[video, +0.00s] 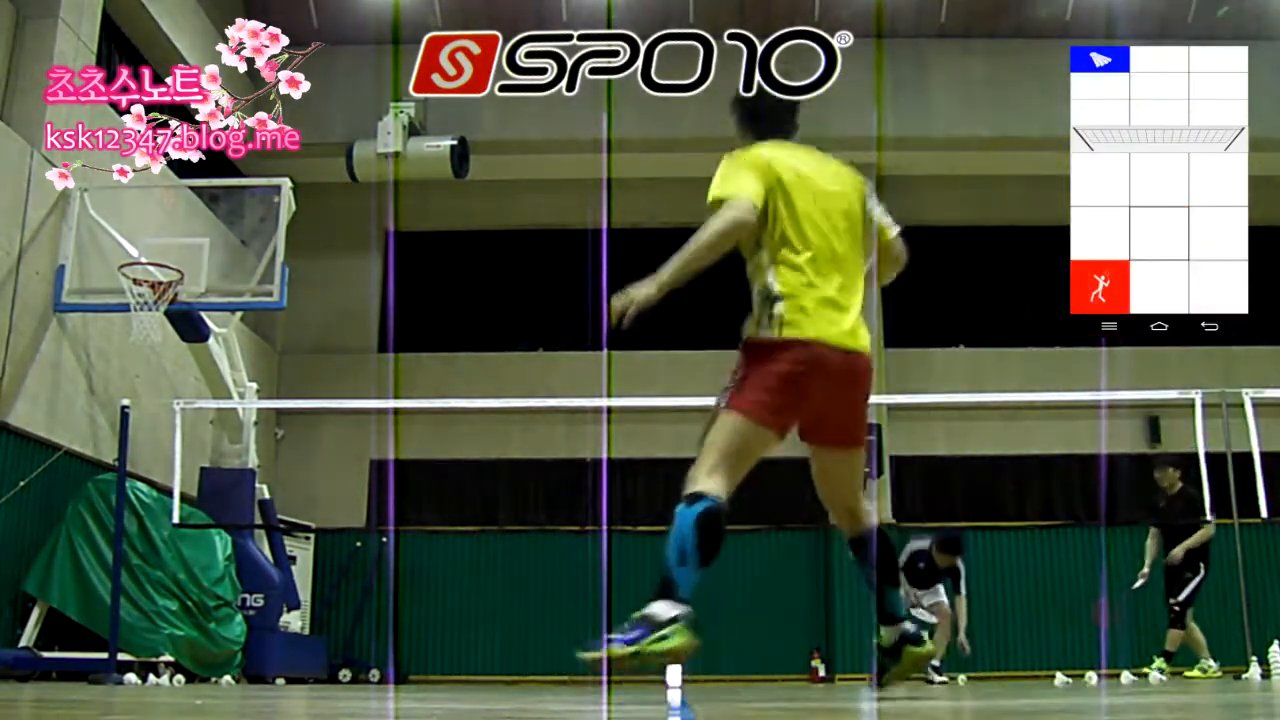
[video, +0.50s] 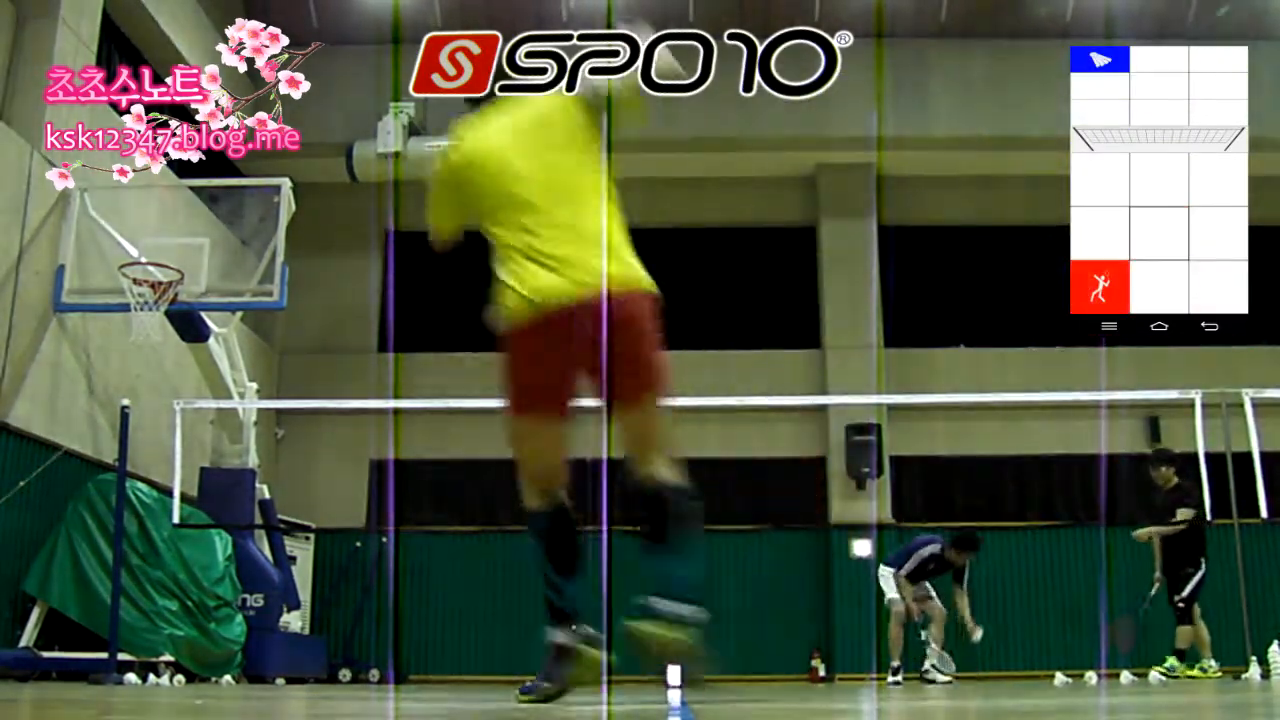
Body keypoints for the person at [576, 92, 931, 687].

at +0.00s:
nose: (738, 125)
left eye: (739, 117)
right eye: (750, 115)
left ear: (742, 122)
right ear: (794, 122)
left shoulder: (749, 160)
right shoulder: (844, 176)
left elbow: (740, 216)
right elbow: (894, 254)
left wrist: (657, 284)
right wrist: (842, 291)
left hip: (787, 346)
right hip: (853, 354)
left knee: (713, 475)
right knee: (850, 506)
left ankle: (671, 606)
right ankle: (900, 627)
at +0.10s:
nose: (710, 183)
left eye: (710, 173)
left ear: (716, 174)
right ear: (765, 168)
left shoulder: (736, 215)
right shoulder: (818, 223)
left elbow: (742, 272)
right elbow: (867, 290)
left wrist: (654, 333)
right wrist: (826, 339)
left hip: (784, 401)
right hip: (847, 409)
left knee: (682, 501)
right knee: (841, 536)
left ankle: (629, 626)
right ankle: (917, 646)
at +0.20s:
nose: (659, 228)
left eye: (659, 219)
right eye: (663, 216)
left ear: (665, 221)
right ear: (713, 211)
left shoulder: (694, 257)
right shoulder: (772, 259)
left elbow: (692, 313)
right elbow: (832, 319)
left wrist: (592, 359)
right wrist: (793, 370)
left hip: (767, 430)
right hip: (830, 436)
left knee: (639, 512)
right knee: (824, 554)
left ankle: (610, 652)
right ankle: (921, 653)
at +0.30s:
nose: (575, 212)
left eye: (576, 202)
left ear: (586, 201)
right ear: (634, 186)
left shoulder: (602, 244)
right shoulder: (701, 227)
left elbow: (553, 323)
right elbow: (780, 271)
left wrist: (488, 350)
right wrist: (712, 276)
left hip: (703, 415)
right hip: (772, 414)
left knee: (585, 509)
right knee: (824, 544)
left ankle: (600, 663)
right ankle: (909, 643)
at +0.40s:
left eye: (514, 160)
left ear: (517, 159)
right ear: (570, 141)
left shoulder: (518, 210)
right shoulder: (634, 169)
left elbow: (466, 297)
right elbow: (711, 181)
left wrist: (445, 264)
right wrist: (701, 158)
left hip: (612, 376)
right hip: (694, 362)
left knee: (558, 513)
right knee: (748, 506)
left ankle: (597, 661)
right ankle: (818, 632)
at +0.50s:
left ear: (468, 89)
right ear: (520, 72)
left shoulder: (463, 145)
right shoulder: (568, 99)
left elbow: (444, 232)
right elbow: (623, 80)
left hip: (538, 308)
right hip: (625, 292)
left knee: (543, 483)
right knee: (652, 450)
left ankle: (570, 632)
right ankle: (680, 595)